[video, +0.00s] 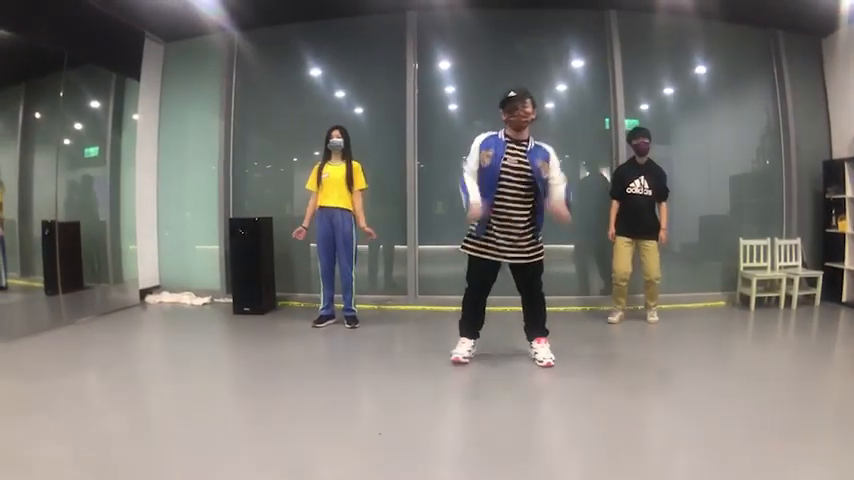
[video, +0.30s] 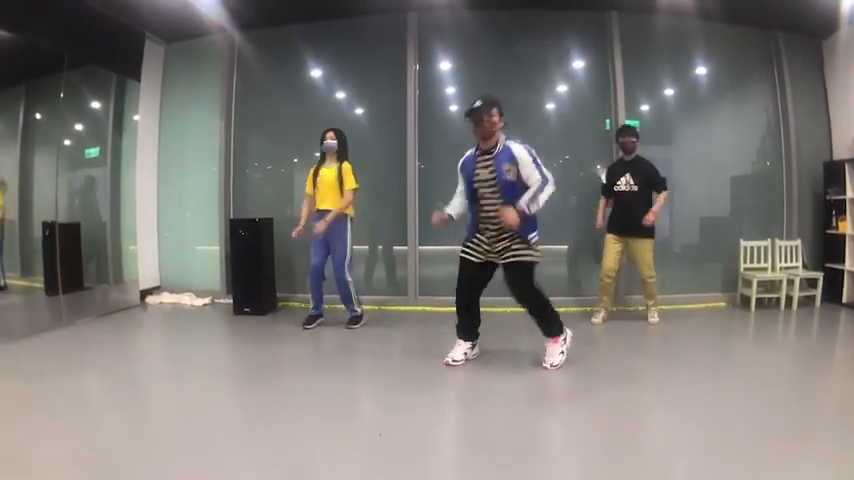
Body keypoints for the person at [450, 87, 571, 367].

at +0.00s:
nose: (522, 112)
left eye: (527, 107)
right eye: (516, 108)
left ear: (534, 112)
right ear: (504, 113)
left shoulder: (544, 152)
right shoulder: (486, 142)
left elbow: (557, 181)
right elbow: (469, 174)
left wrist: (557, 201)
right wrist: (474, 201)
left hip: (526, 235)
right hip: (488, 232)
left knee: (532, 289)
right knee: (477, 286)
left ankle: (539, 340)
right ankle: (467, 338)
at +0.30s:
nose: (484, 123)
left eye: (489, 117)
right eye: (479, 119)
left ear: (500, 120)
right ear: (472, 124)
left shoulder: (517, 151)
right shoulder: (467, 161)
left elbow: (544, 183)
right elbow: (463, 196)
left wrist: (520, 209)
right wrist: (448, 213)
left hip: (515, 237)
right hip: (480, 238)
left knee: (522, 289)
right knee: (465, 291)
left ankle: (557, 336)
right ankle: (467, 342)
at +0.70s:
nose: (524, 124)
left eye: (525, 117)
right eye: (518, 119)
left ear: (528, 115)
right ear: (503, 120)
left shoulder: (540, 147)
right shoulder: (482, 151)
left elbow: (549, 184)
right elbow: (477, 190)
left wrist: (556, 221)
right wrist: (482, 226)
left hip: (533, 237)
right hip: (496, 238)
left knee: (545, 291)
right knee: (474, 290)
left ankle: (554, 342)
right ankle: (460, 340)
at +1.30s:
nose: (484, 126)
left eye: (490, 120)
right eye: (478, 120)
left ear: (499, 118)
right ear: (469, 120)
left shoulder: (514, 146)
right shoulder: (459, 153)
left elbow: (530, 181)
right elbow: (453, 191)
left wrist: (529, 213)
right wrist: (441, 218)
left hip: (508, 231)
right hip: (471, 233)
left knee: (520, 287)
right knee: (460, 289)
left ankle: (544, 337)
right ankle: (454, 345)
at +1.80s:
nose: (510, 109)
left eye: (514, 104)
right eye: (503, 106)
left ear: (522, 109)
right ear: (492, 113)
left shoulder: (538, 149)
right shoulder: (475, 151)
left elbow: (548, 187)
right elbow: (467, 188)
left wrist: (552, 220)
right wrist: (468, 220)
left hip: (526, 235)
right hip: (486, 236)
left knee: (541, 290)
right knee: (471, 291)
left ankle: (554, 344)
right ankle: (459, 344)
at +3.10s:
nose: (536, 132)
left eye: (539, 126)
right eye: (529, 127)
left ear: (544, 125)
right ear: (514, 127)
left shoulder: (553, 158)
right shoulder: (494, 154)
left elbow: (576, 182)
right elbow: (466, 180)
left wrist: (576, 200)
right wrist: (490, 192)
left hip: (546, 240)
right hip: (511, 242)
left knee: (556, 295)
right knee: (508, 297)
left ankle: (554, 345)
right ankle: (463, 340)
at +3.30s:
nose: (554, 139)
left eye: (557, 133)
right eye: (547, 134)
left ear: (560, 134)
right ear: (530, 134)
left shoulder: (561, 172)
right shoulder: (509, 160)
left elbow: (574, 203)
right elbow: (480, 184)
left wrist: (570, 235)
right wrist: (501, 217)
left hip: (548, 248)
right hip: (516, 248)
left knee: (556, 300)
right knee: (520, 300)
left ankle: (553, 347)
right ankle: (479, 347)